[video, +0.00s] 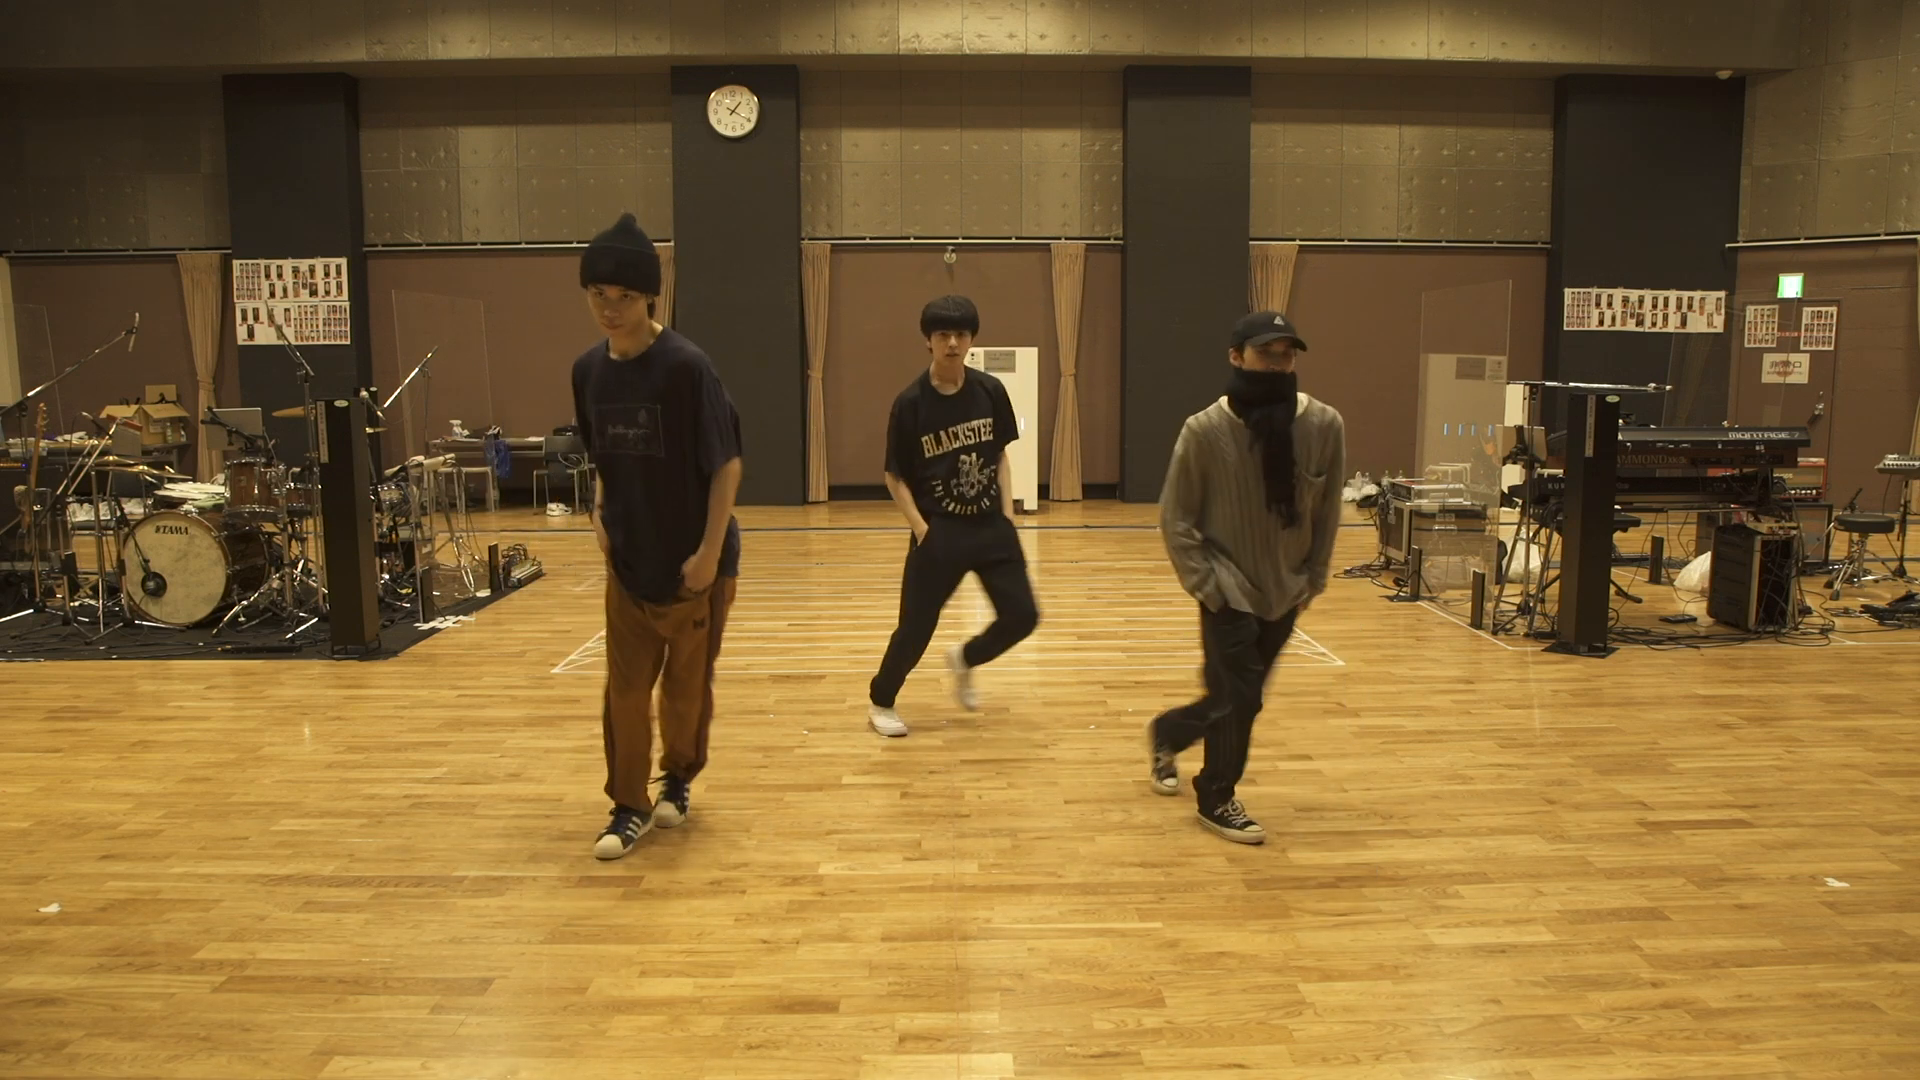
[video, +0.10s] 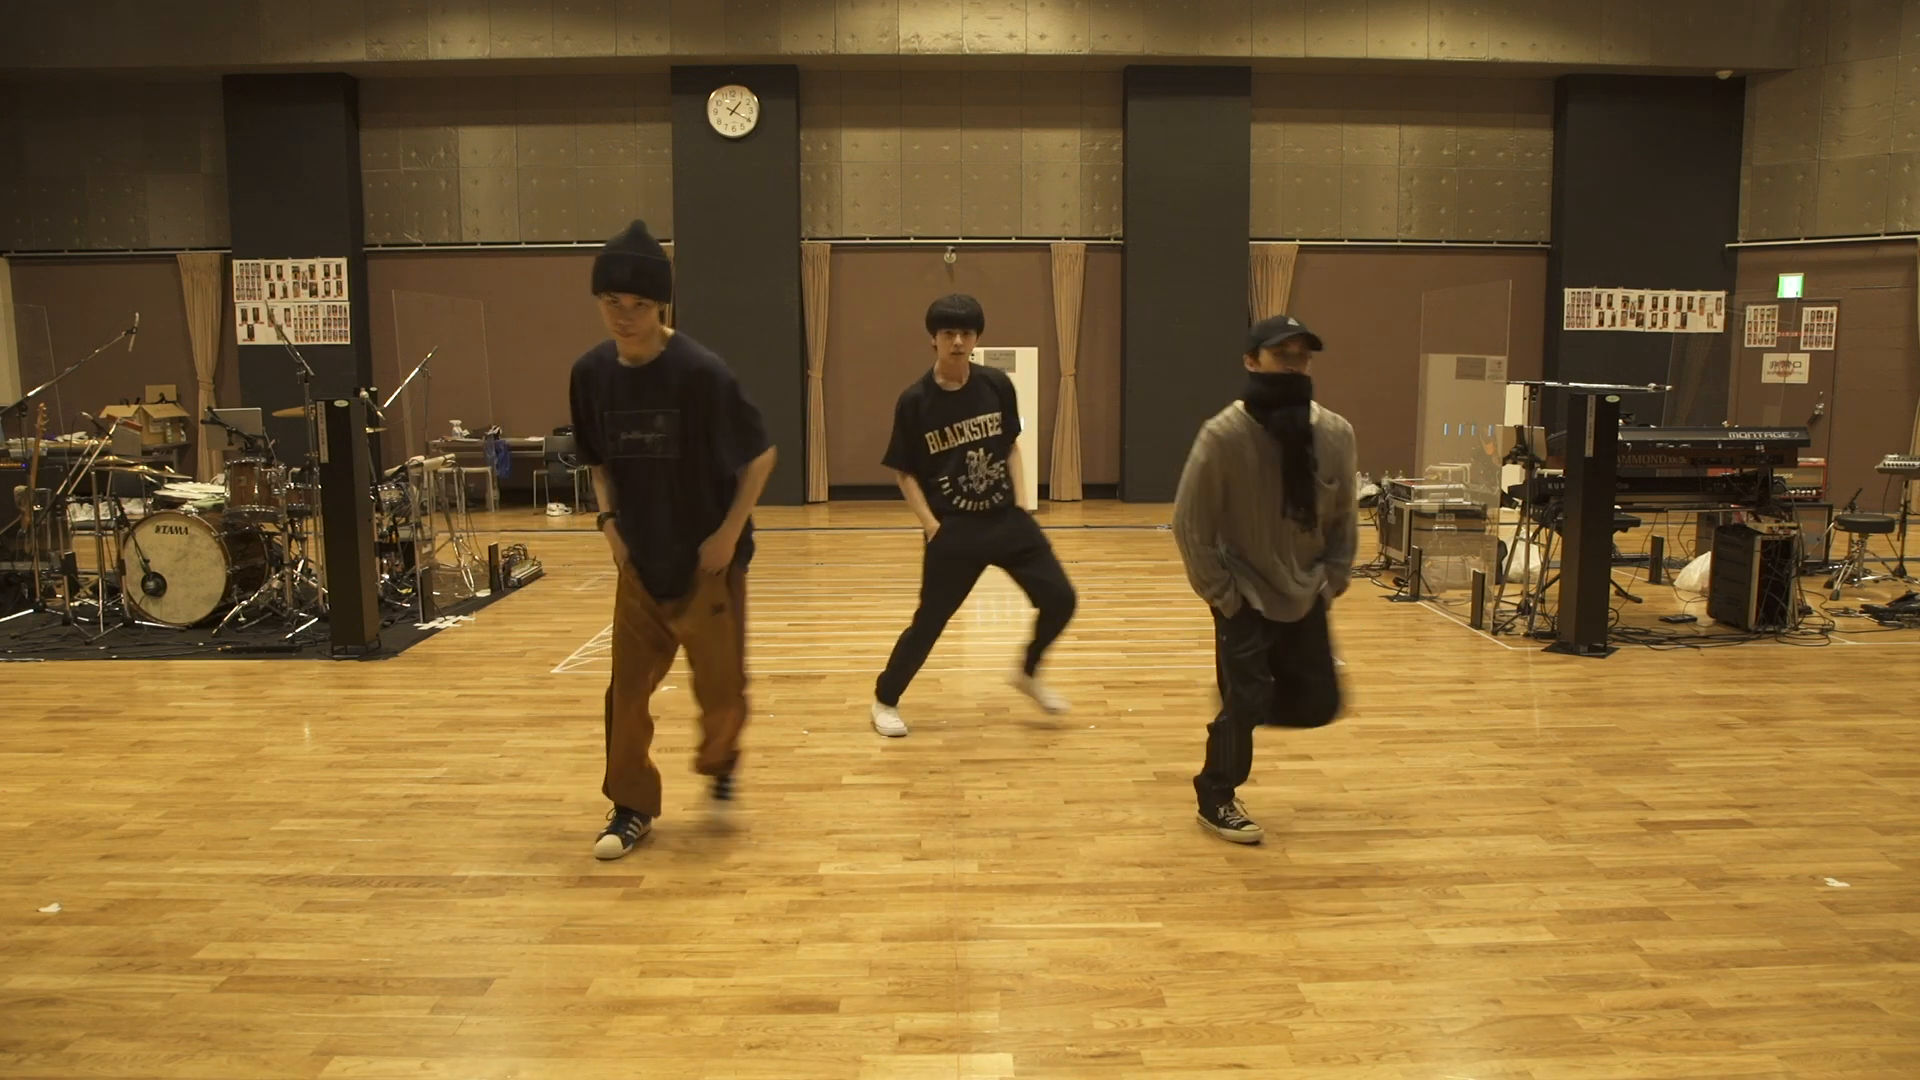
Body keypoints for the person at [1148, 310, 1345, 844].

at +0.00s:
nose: (1281, 362)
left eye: (1289, 352)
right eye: (1268, 352)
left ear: (1297, 359)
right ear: (1237, 357)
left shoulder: (1322, 425)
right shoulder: (1204, 432)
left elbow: (1328, 512)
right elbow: (1176, 521)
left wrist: (1312, 579)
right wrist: (1210, 586)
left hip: (1286, 590)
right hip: (1228, 590)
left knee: (1244, 698)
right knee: (1239, 698)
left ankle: (1167, 734)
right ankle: (1216, 798)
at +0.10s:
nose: (1295, 366)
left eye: (1303, 357)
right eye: (1282, 356)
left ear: (1311, 364)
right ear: (1253, 362)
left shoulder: (1334, 433)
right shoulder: (1222, 436)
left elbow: (1344, 519)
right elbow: (1190, 524)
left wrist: (1330, 581)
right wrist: (1223, 597)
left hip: (1305, 592)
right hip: (1243, 594)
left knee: (1319, 703)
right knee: (1246, 701)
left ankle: (1239, 708)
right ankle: (1215, 798)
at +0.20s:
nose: (1321, 367)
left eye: (1328, 357)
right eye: (1307, 357)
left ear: (1336, 364)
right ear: (1278, 364)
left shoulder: (1352, 435)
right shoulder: (1250, 439)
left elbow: (1353, 519)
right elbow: (1202, 531)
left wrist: (1346, 577)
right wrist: (1229, 605)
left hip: (1331, 598)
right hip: (1262, 608)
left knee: (1411, 659)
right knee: (1242, 714)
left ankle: (1333, 729)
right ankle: (1216, 797)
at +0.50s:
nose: (1395, 393)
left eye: (1400, 381)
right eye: (1378, 386)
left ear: (1412, 387)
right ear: (1353, 399)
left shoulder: (1435, 462)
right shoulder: (1334, 473)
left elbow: (1458, 538)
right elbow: (1277, 551)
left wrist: (1443, 594)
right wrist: (1323, 610)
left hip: (1420, 624)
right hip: (1348, 623)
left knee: (1477, 731)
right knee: (1300, 710)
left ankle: (1497, 820)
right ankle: (1306, 776)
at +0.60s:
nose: (1381, 400)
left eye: (1387, 387)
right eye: (1365, 392)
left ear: (1402, 392)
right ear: (1343, 407)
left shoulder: (1442, 460)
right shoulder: (1318, 476)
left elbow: (1479, 532)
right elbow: (1257, 536)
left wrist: (1438, 605)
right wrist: (1307, 601)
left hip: (1410, 632)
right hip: (1328, 625)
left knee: (1475, 738)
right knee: (1255, 681)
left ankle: (1496, 821)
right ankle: (1255, 777)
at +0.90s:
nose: (1283, 354)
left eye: (1291, 342)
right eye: (1269, 343)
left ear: (1303, 343)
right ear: (1240, 343)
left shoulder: (1316, 408)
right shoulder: (1196, 387)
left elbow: (1331, 498)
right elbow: (1146, 476)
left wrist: (1306, 562)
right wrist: (1168, 559)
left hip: (1275, 589)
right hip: (1195, 586)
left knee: (1320, 703)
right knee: (1130, 699)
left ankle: (1366, 815)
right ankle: (1133, 836)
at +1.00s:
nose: (1243, 358)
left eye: (1253, 347)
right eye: (1230, 347)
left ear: (1267, 345)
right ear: (1203, 343)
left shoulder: (1270, 407)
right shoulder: (1158, 379)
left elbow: (1275, 491)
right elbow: (1106, 468)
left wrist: (1256, 554)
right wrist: (1119, 555)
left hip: (1223, 587)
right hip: (1146, 582)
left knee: (1262, 704)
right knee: (1101, 698)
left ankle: (1301, 820)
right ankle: (1122, 827)